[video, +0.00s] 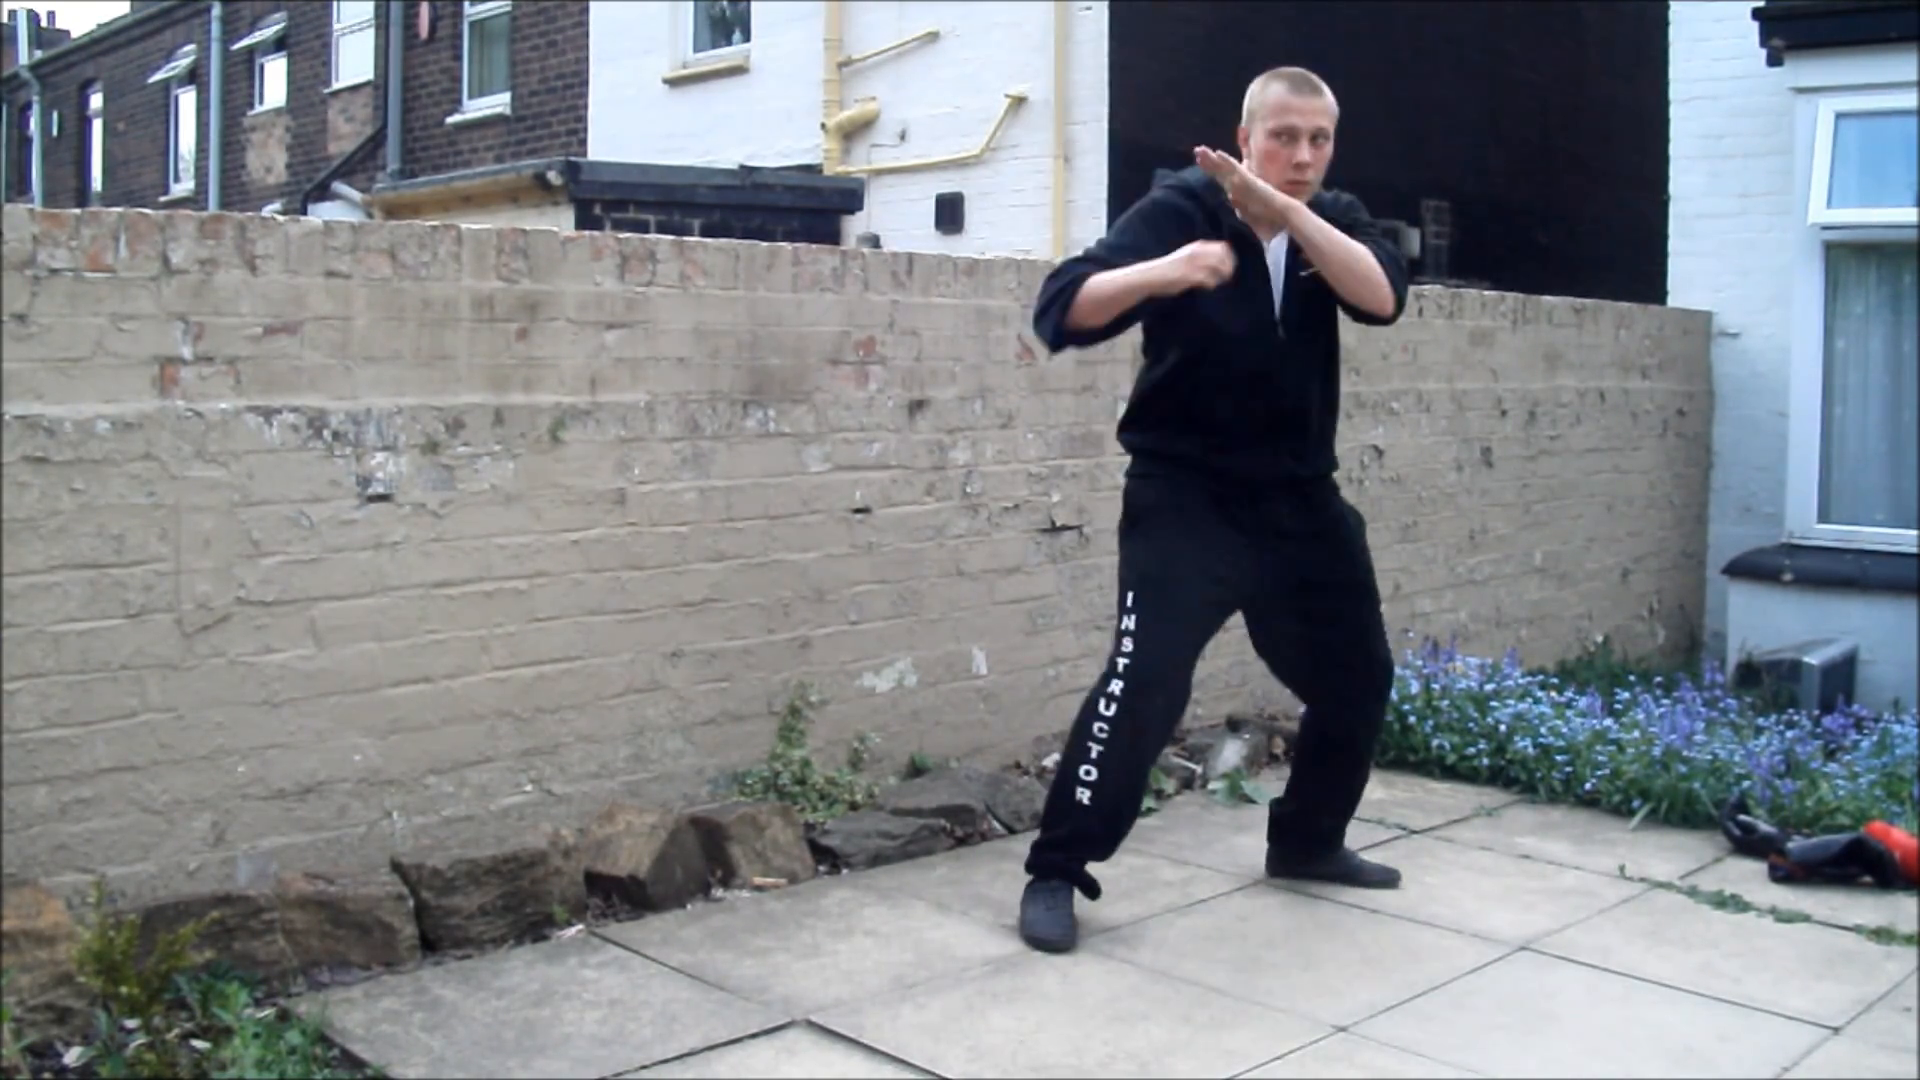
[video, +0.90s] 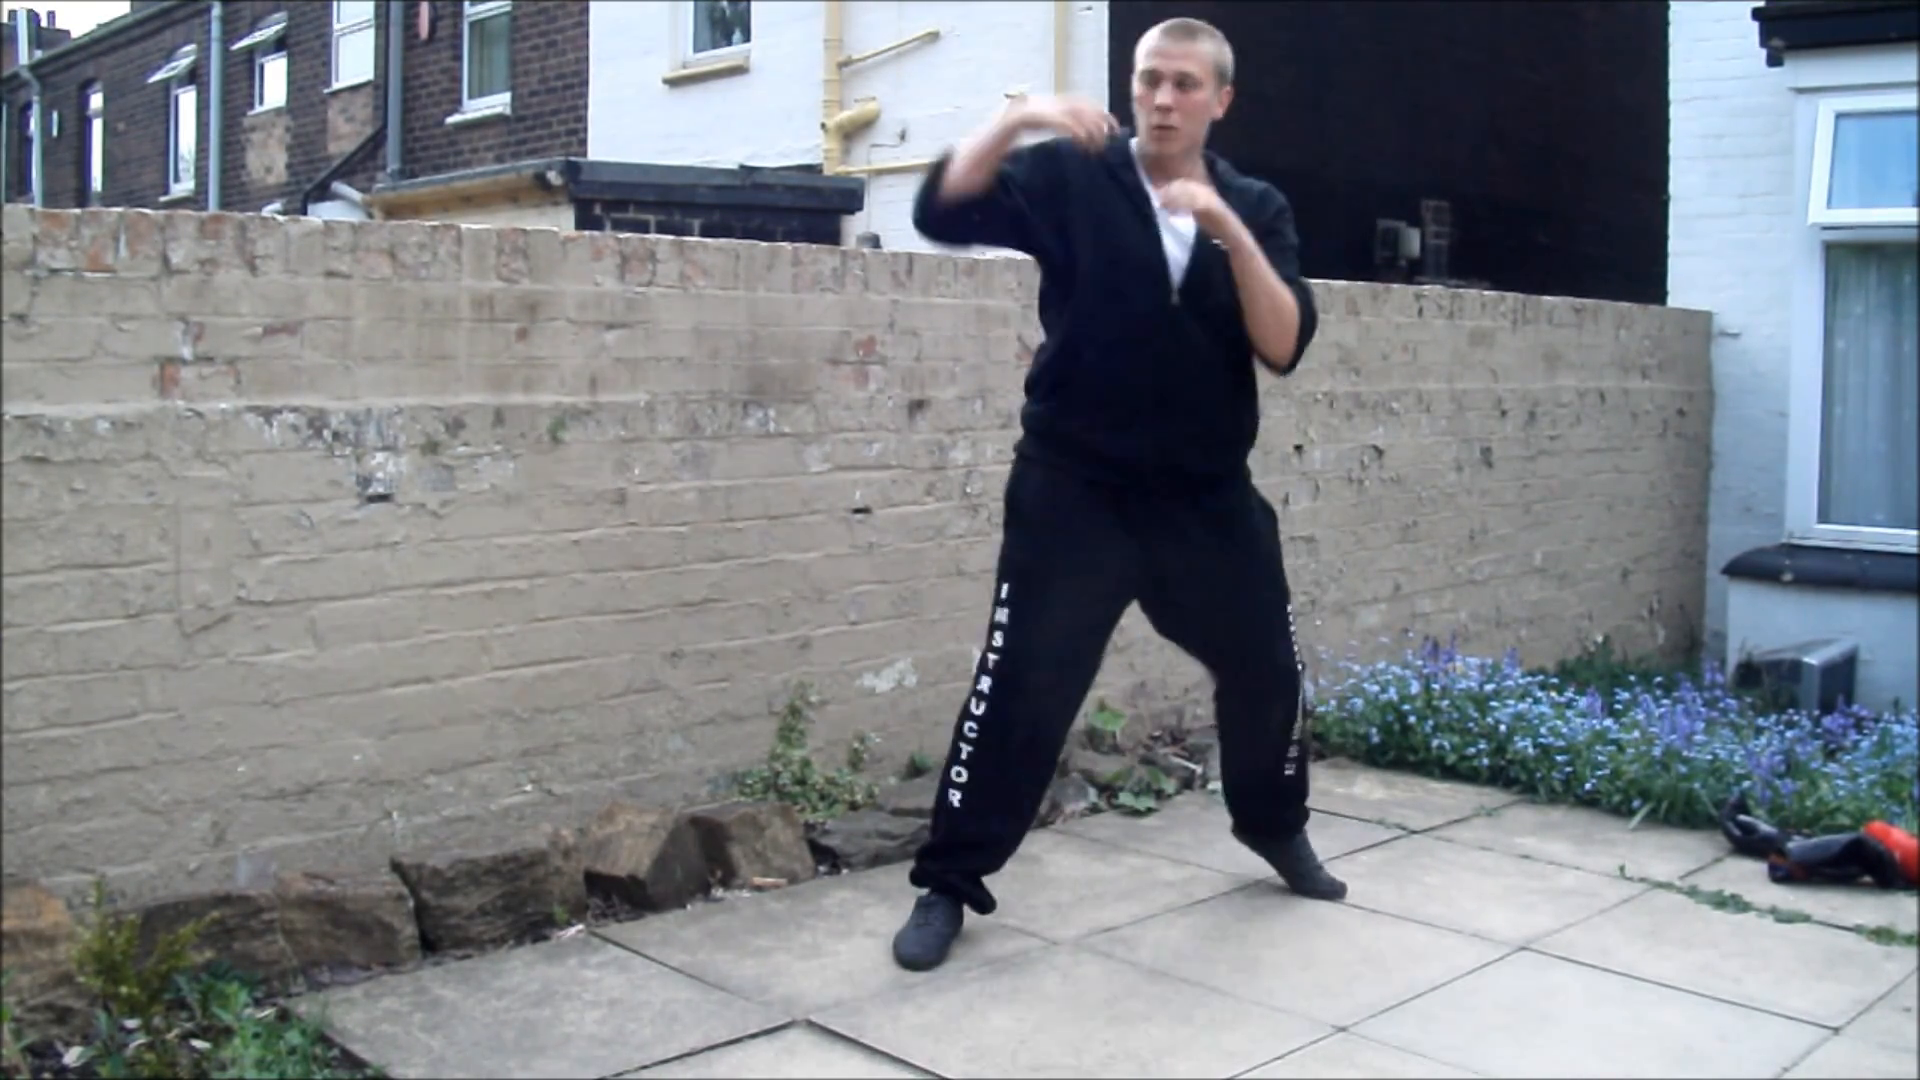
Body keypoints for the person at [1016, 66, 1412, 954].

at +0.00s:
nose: (1303, 154)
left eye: (1319, 139)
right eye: (1284, 137)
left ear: (1332, 147)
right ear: (1243, 142)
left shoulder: (1338, 220)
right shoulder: (1184, 208)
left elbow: (1383, 299)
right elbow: (1060, 311)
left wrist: (1289, 215)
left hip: (1300, 502)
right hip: (1183, 499)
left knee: (1359, 678)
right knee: (1145, 681)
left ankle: (1305, 845)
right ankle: (1056, 873)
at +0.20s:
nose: (1208, 167)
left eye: (1226, 149)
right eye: (1193, 151)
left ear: (1269, 149)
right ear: (1177, 153)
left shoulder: (1322, 219)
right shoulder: (1157, 236)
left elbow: (1295, 328)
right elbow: (1094, 378)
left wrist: (1208, 227)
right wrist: (1122, 297)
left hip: (1303, 512)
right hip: (1177, 507)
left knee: (1357, 699)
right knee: (1125, 676)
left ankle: (1339, 816)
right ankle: (1067, 875)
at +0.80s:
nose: (1211, 93)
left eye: (1232, 78)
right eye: (1196, 75)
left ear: (1264, 92)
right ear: (1171, 85)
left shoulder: (1293, 191)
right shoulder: (1114, 175)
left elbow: (1313, 289)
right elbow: (1026, 318)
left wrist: (1243, 170)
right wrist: (1088, 237)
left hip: (1234, 490)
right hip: (1109, 482)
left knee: (1259, 677)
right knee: (1043, 679)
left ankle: (1254, 846)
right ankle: (949, 877)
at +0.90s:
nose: (1165, 98)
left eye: (1186, 84)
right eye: (1153, 81)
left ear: (1221, 101)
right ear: (1131, 89)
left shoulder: (1256, 207)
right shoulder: (1070, 179)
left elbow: (1284, 348)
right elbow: (939, 216)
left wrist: (1231, 231)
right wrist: (1011, 121)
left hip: (1205, 492)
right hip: (1072, 486)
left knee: (1266, 668)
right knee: (1020, 683)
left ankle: (1276, 828)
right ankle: (944, 886)